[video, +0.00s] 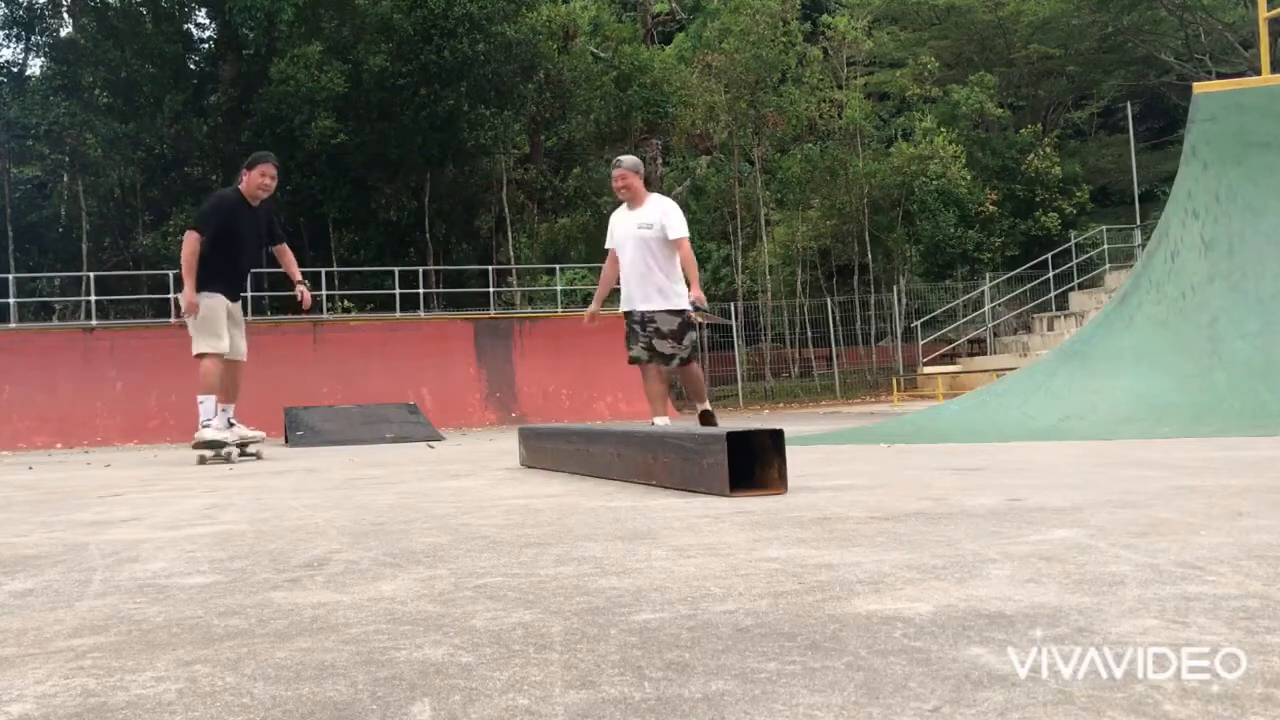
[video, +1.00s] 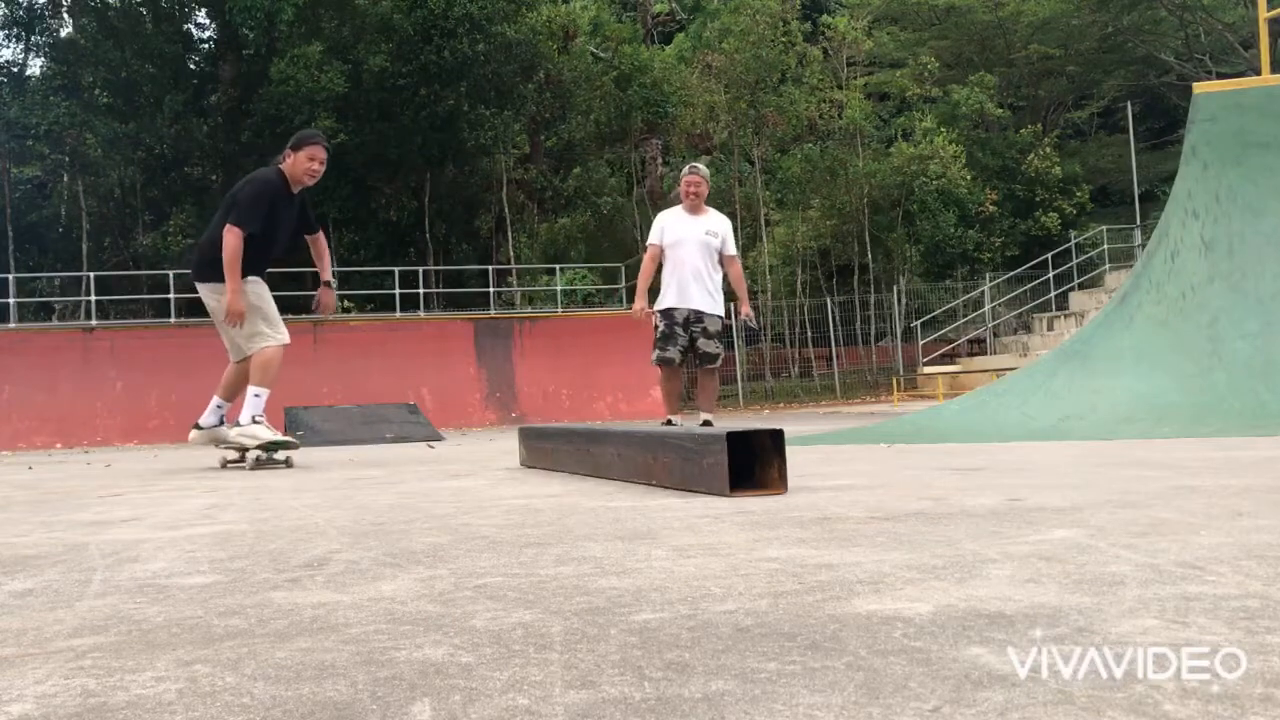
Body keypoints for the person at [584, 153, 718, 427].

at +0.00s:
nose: (618, 184)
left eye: (623, 178)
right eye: (614, 180)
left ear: (639, 177)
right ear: (612, 184)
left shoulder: (665, 207)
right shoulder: (617, 217)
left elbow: (684, 248)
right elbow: (612, 262)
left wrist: (695, 287)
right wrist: (596, 302)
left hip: (670, 303)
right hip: (636, 306)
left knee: (684, 362)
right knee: (648, 365)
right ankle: (660, 423)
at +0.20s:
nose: (645, 186)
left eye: (651, 180)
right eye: (640, 181)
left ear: (664, 181)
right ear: (635, 185)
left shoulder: (685, 213)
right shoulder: (626, 216)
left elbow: (700, 255)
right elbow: (616, 260)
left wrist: (709, 294)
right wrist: (609, 300)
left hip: (683, 304)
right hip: (645, 306)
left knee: (695, 362)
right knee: (652, 364)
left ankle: (703, 413)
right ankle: (660, 422)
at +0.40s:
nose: (671, 191)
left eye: (677, 186)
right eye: (666, 186)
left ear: (687, 188)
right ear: (659, 187)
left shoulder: (704, 219)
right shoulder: (645, 217)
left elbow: (713, 264)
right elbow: (632, 258)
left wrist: (719, 302)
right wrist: (625, 289)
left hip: (693, 308)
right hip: (654, 307)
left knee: (698, 365)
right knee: (655, 362)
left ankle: (704, 420)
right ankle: (661, 423)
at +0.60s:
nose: (687, 190)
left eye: (692, 185)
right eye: (682, 185)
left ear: (702, 188)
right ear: (675, 187)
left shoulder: (716, 221)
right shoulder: (659, 217)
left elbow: (725, 264)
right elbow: (646, 259)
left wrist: (733, 302)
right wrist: (642, 295)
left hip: (703, 307)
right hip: (666, 304)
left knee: (703, 365)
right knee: (661, 361)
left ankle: (704, 419)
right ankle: (660, 419)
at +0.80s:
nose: (694, 190)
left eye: (700, 185)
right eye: (689, 185)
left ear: (709, 188)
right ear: (682, 187)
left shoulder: (722, 222)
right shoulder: (665, 217)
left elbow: (733, 264)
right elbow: (652, 258)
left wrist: (744, 302)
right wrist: (643, 299)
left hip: (707, 305)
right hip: (669, 303)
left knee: (707, 364)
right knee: (665, 360)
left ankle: (705, 420)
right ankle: (667, 418)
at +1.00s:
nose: (692, 190)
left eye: (698, 185)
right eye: (687, 185)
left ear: (707, 189)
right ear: (680, 187)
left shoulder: (721, 222)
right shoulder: (664, 218)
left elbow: (732, 263)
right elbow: (651, 258)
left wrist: (744, 301)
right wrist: (640, 296)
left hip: (708, 306)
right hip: (671, 304)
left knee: (708, 365)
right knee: (669, 364)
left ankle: (706, 419)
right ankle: (672, 419)